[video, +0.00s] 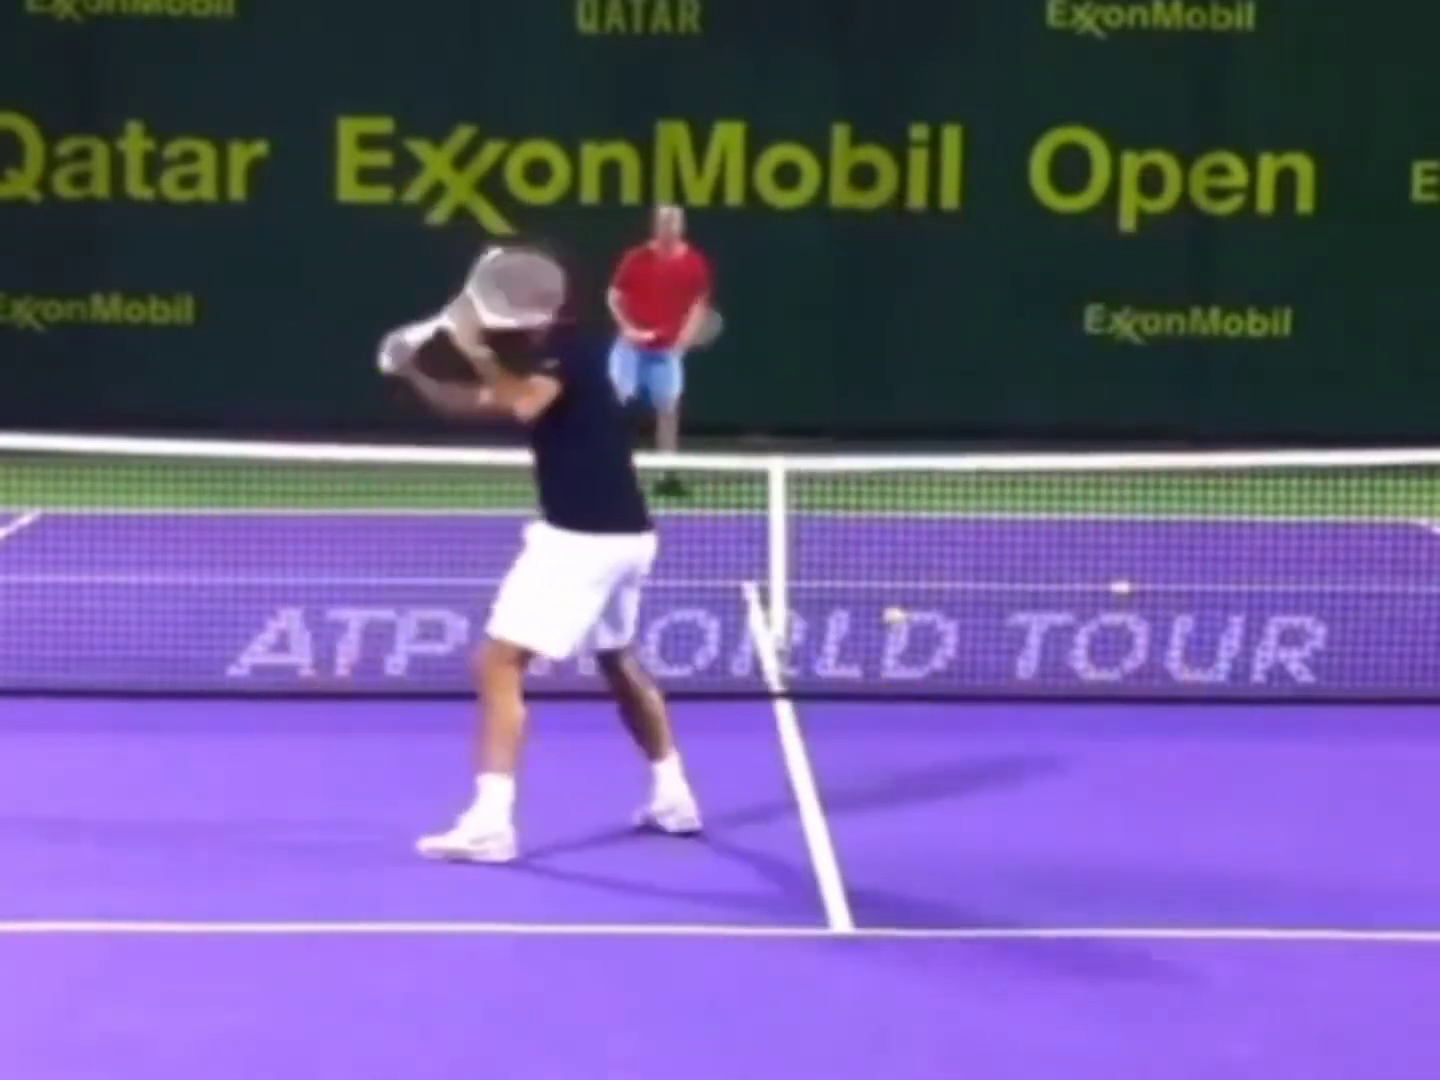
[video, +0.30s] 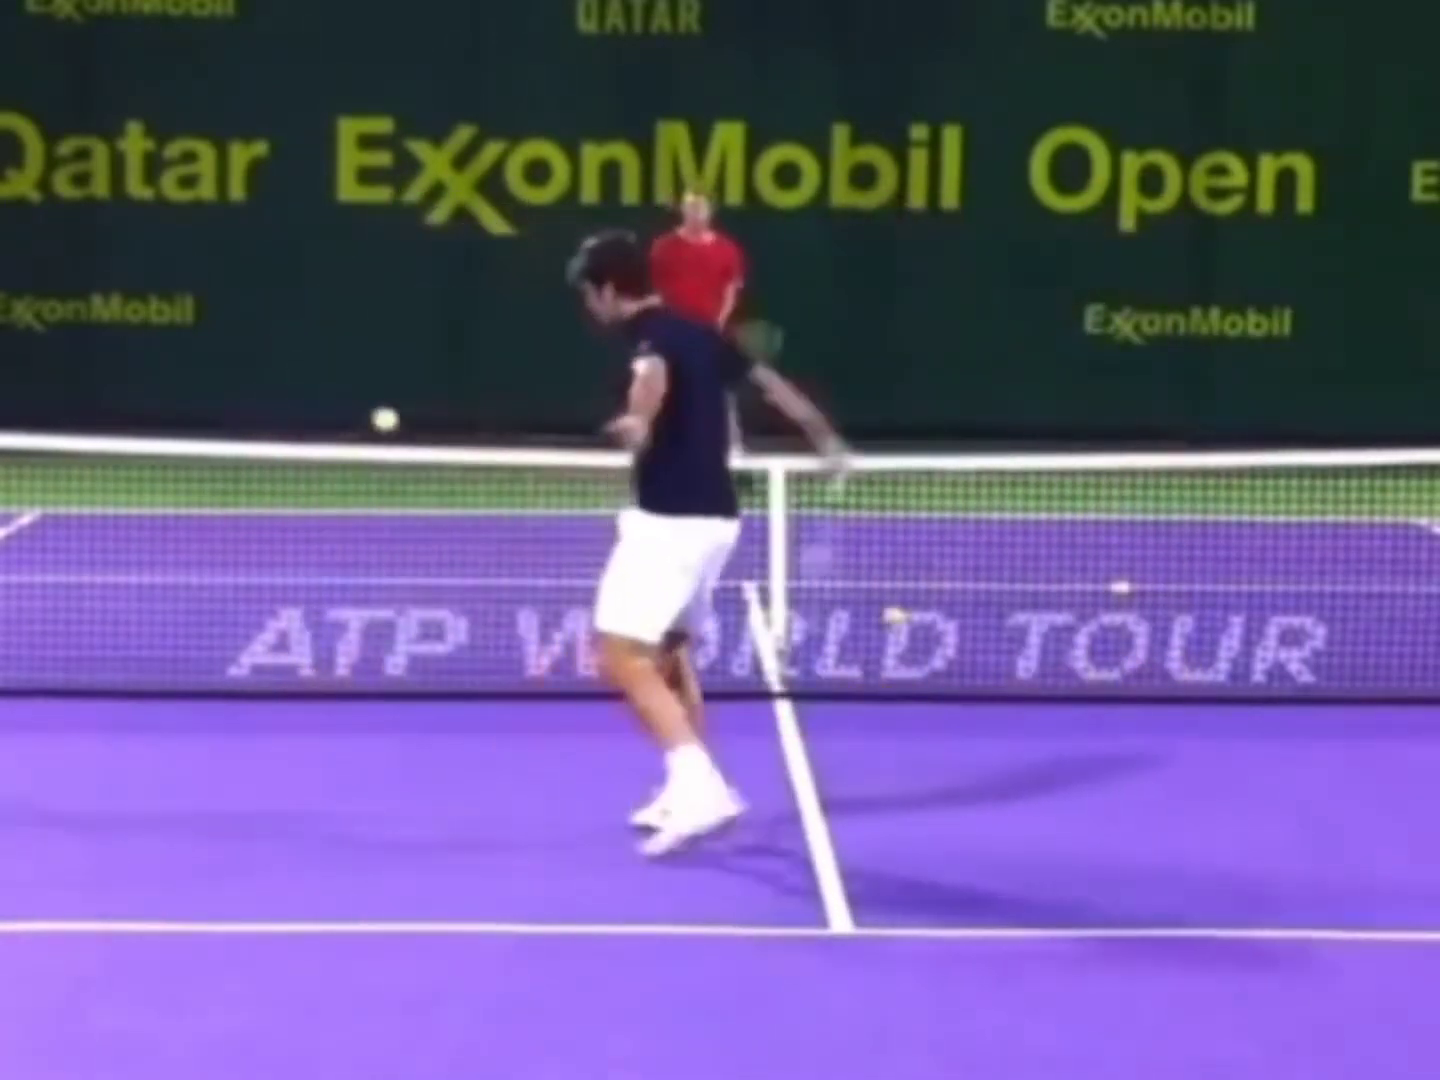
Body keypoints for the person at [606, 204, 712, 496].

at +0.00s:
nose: (668, 229)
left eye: (673, 223)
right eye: (664, 223)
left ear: (682, 227)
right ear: (655, 226)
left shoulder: (693, 263)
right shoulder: (635, 258)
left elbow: (699, 304)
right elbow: (614, 293)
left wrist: (683, 338)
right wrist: (628, 329)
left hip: (668, 345)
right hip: (631, 342)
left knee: (668, 408)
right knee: (618, 403)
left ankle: (668, 469)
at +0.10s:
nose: (676, 216)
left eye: (681, 210)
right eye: (672, 210)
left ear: (689, 213)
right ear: (664, 213)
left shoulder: (704, 246)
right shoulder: (648, 242)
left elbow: (712, 282)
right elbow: (628, 280)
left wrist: (695, 319)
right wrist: (644, 320)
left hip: (681, 335)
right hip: (646, 333)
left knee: (677, 400)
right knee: (639, 396)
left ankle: (674, 454)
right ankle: (636, 455)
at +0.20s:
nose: (685, 207)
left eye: (690, 201)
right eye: (681, 200)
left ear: (698, 205)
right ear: (672, 204)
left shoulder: (715, 241)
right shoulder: (653, 239)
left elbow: (719, 283)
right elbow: (641, 281)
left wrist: (705, 321)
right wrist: (667, 323)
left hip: (697, 331)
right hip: (662, 329)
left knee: (696, 395)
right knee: (662, 395)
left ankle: (698, 446)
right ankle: (664, 452)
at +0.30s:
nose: (696, 214)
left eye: (701, 207)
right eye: (690, 207)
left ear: (710, 212)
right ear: (682, 211)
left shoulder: (726, 248)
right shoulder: (665, 246)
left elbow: (731, 288)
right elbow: (658, 283)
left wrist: (719, 322)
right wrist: (666, 315)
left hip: (710, 328)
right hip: (676, 327)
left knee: (720, 393)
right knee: (675, 392)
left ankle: (731, 445)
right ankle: (672, 443)